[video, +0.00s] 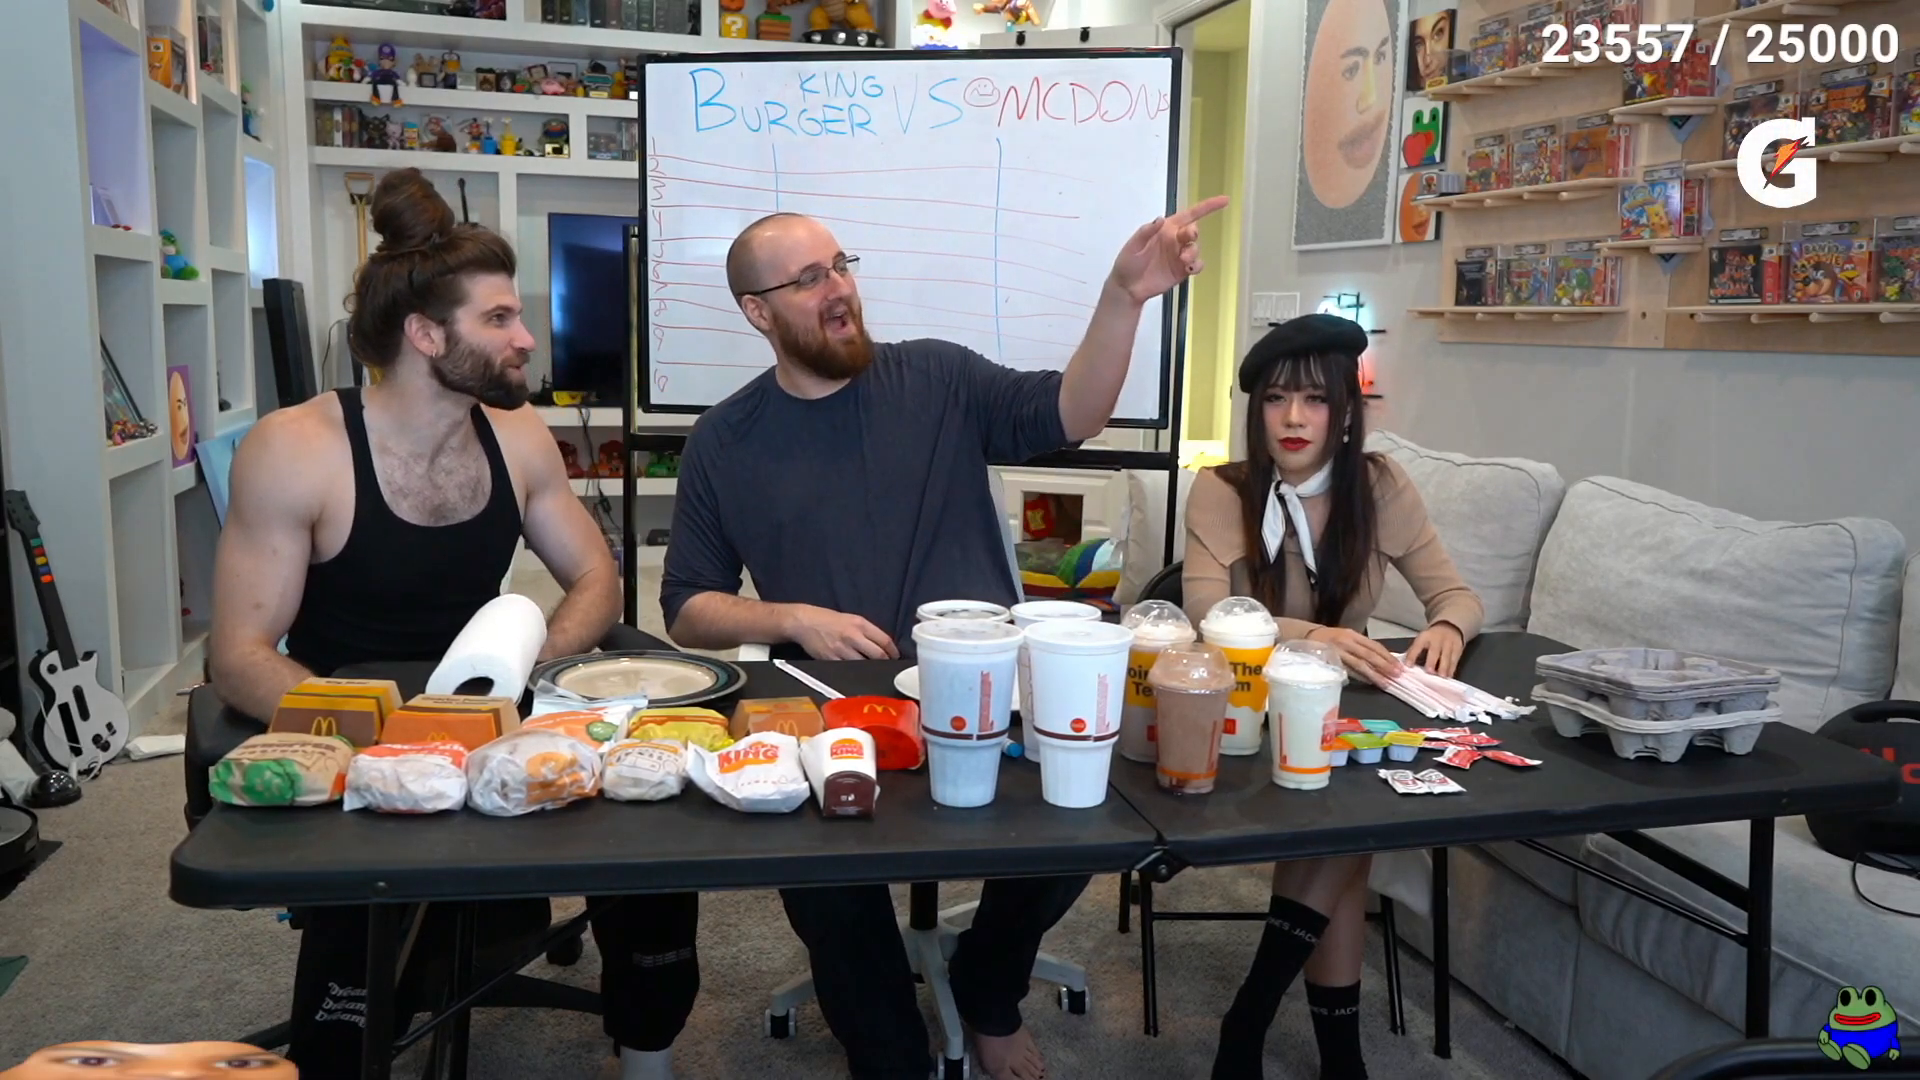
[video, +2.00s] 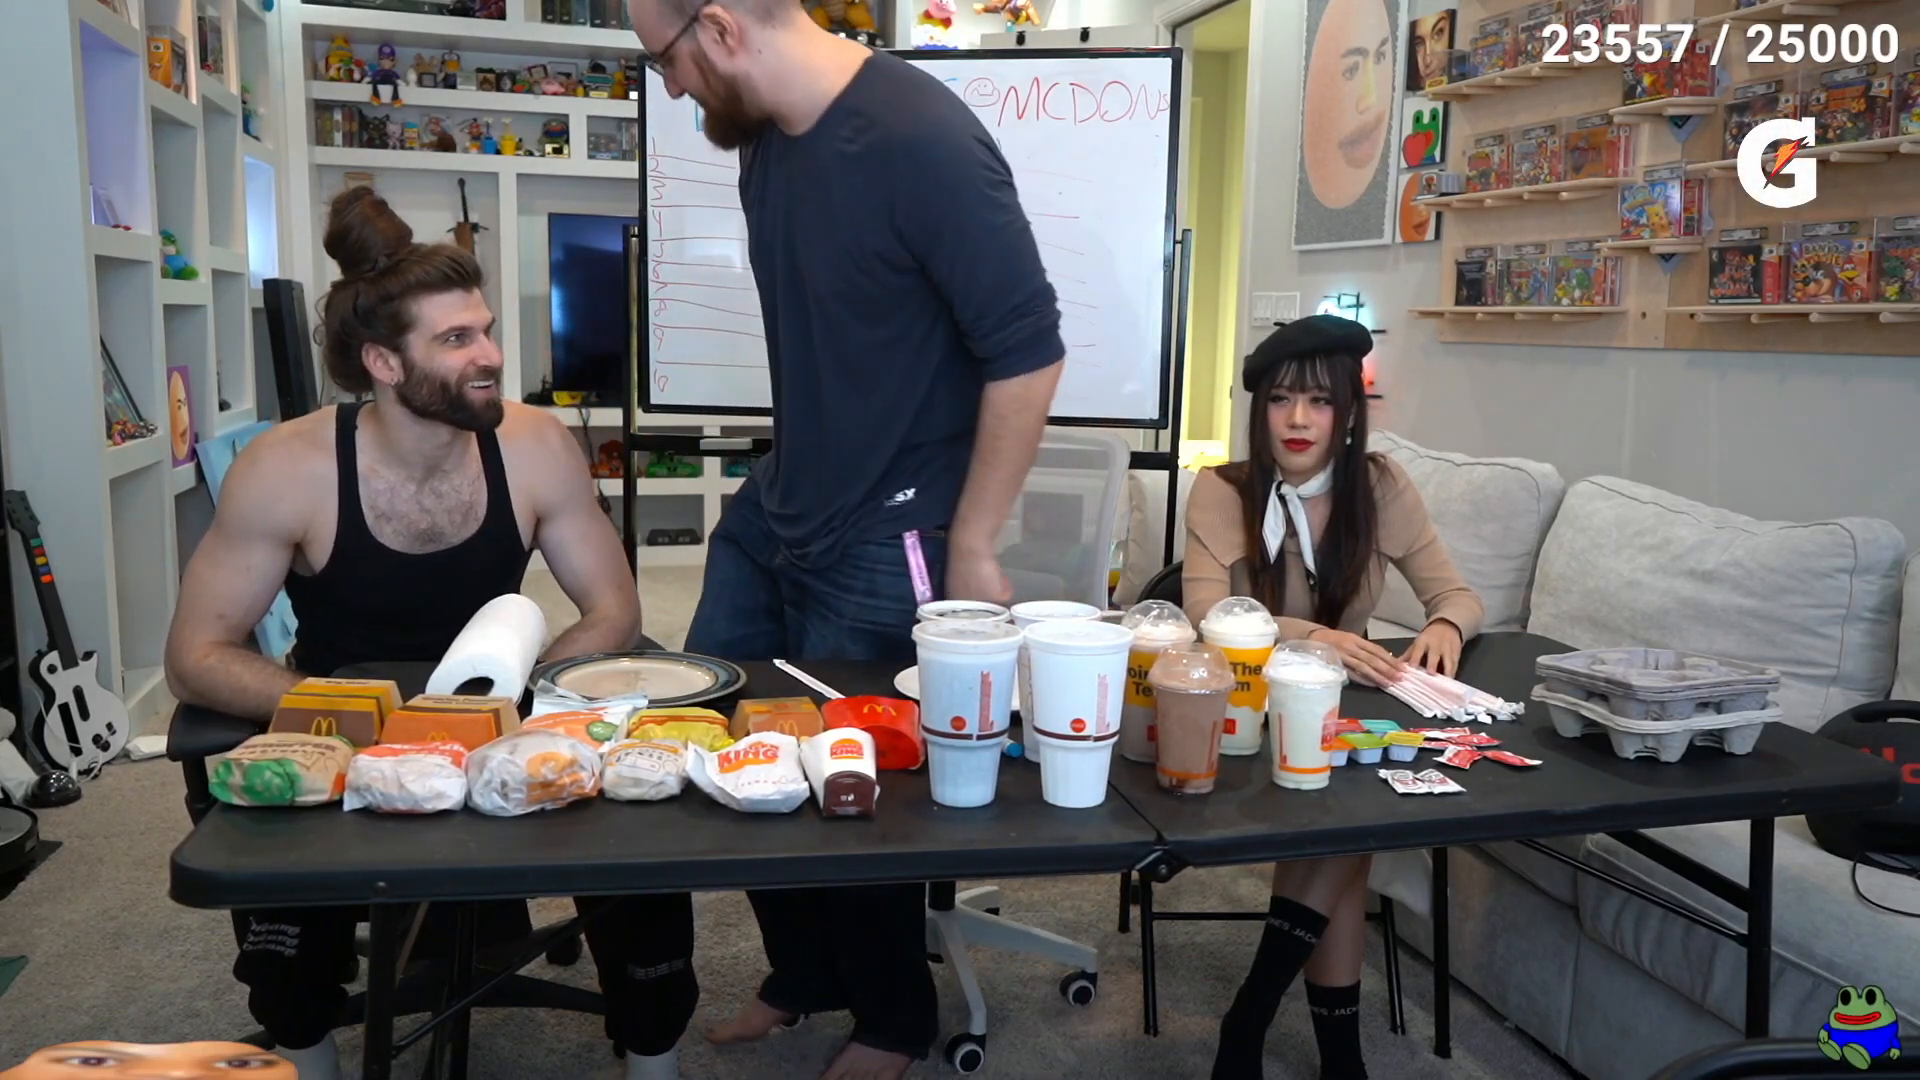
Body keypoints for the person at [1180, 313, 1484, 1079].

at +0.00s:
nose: (1293, 417)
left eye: (1315, 399)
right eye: (1277, 398)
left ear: (1347, 411)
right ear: (1255, 406)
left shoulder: (1377, 482)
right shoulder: (1221, 492)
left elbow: (1454, 594)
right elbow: (1210, 622)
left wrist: (1449, 626)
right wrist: (1308, 634)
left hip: (1337, 706)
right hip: (1241, 710)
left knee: (1347, 814)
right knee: (1351, 829)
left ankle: (1245, 1026)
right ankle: (1343, 1064)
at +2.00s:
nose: (1298, 419)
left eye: (1320, 401)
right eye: (1282, 399)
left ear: (1349, 412)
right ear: (1258, 406)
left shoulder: (1379, 483)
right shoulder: (1222, 491)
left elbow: (1456, 595)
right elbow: (1209, 621)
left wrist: (1446, 624)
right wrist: (1308, 633)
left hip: (1334, 706)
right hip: (1239, 711)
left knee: (1345, 814)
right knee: (1349, 829)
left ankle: (1246, 1023)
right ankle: (1343, 1064)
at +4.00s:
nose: (1231, 410)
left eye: (1252, 394)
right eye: (1233, 391)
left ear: (1310, 407)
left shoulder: (1372, 484)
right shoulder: (1213, 489)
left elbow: (1459, 597)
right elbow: (1212, 621)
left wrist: (1441, 619)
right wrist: (1312, 632)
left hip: (1340, 704)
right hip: (1240, 709)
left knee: (1340, 819)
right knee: (1347, 833)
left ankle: (1244, 1027)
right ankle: (1343, 1065)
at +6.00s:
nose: (1296, 414)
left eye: (1319, 396)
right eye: (1282, 394)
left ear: (1354, 411)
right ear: (1262, 403)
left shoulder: (1381, 484)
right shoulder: (1225, 487)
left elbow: (1464, 598)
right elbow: (1210, 617)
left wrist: (1432, 624)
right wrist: (1314, 634)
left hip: (1343, 702)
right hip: (1245, 706)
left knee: (1345, 819)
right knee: (1351, 834)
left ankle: (1247, 1025)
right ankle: (1343, 1063)